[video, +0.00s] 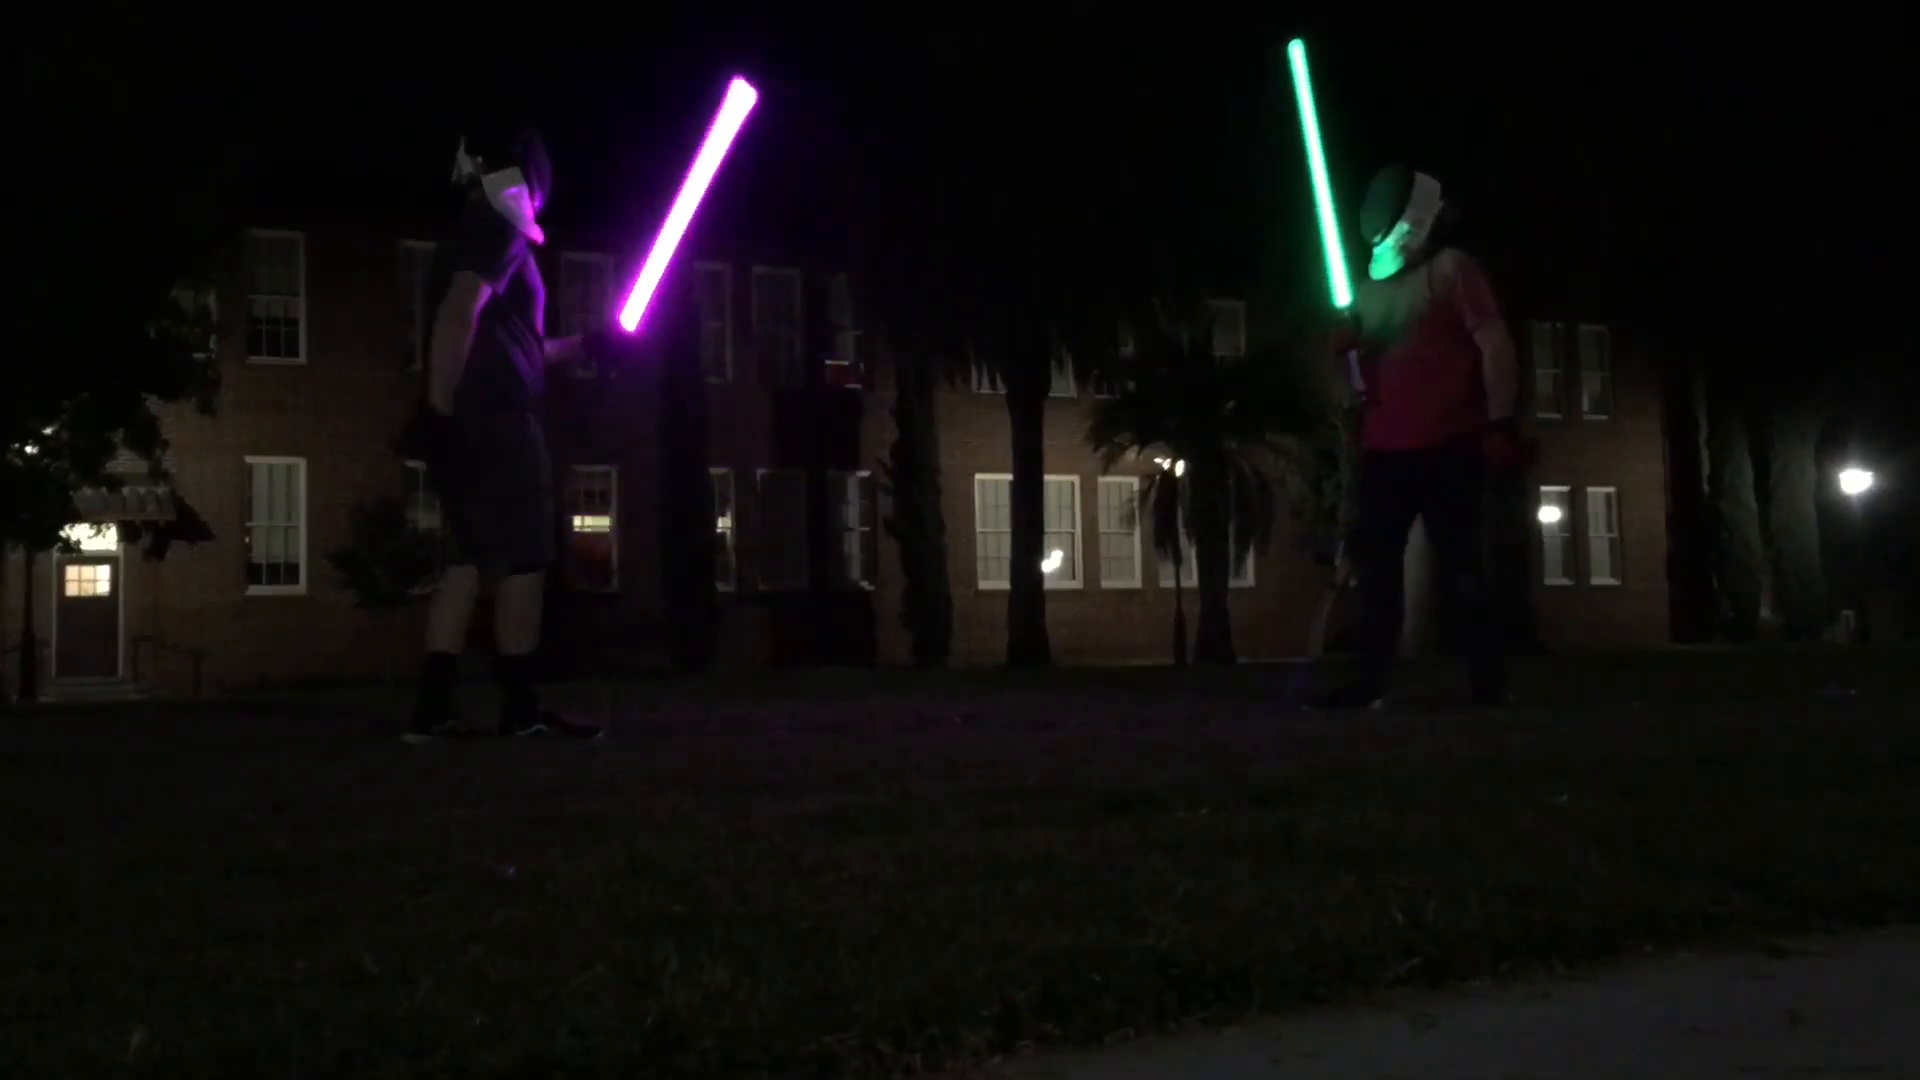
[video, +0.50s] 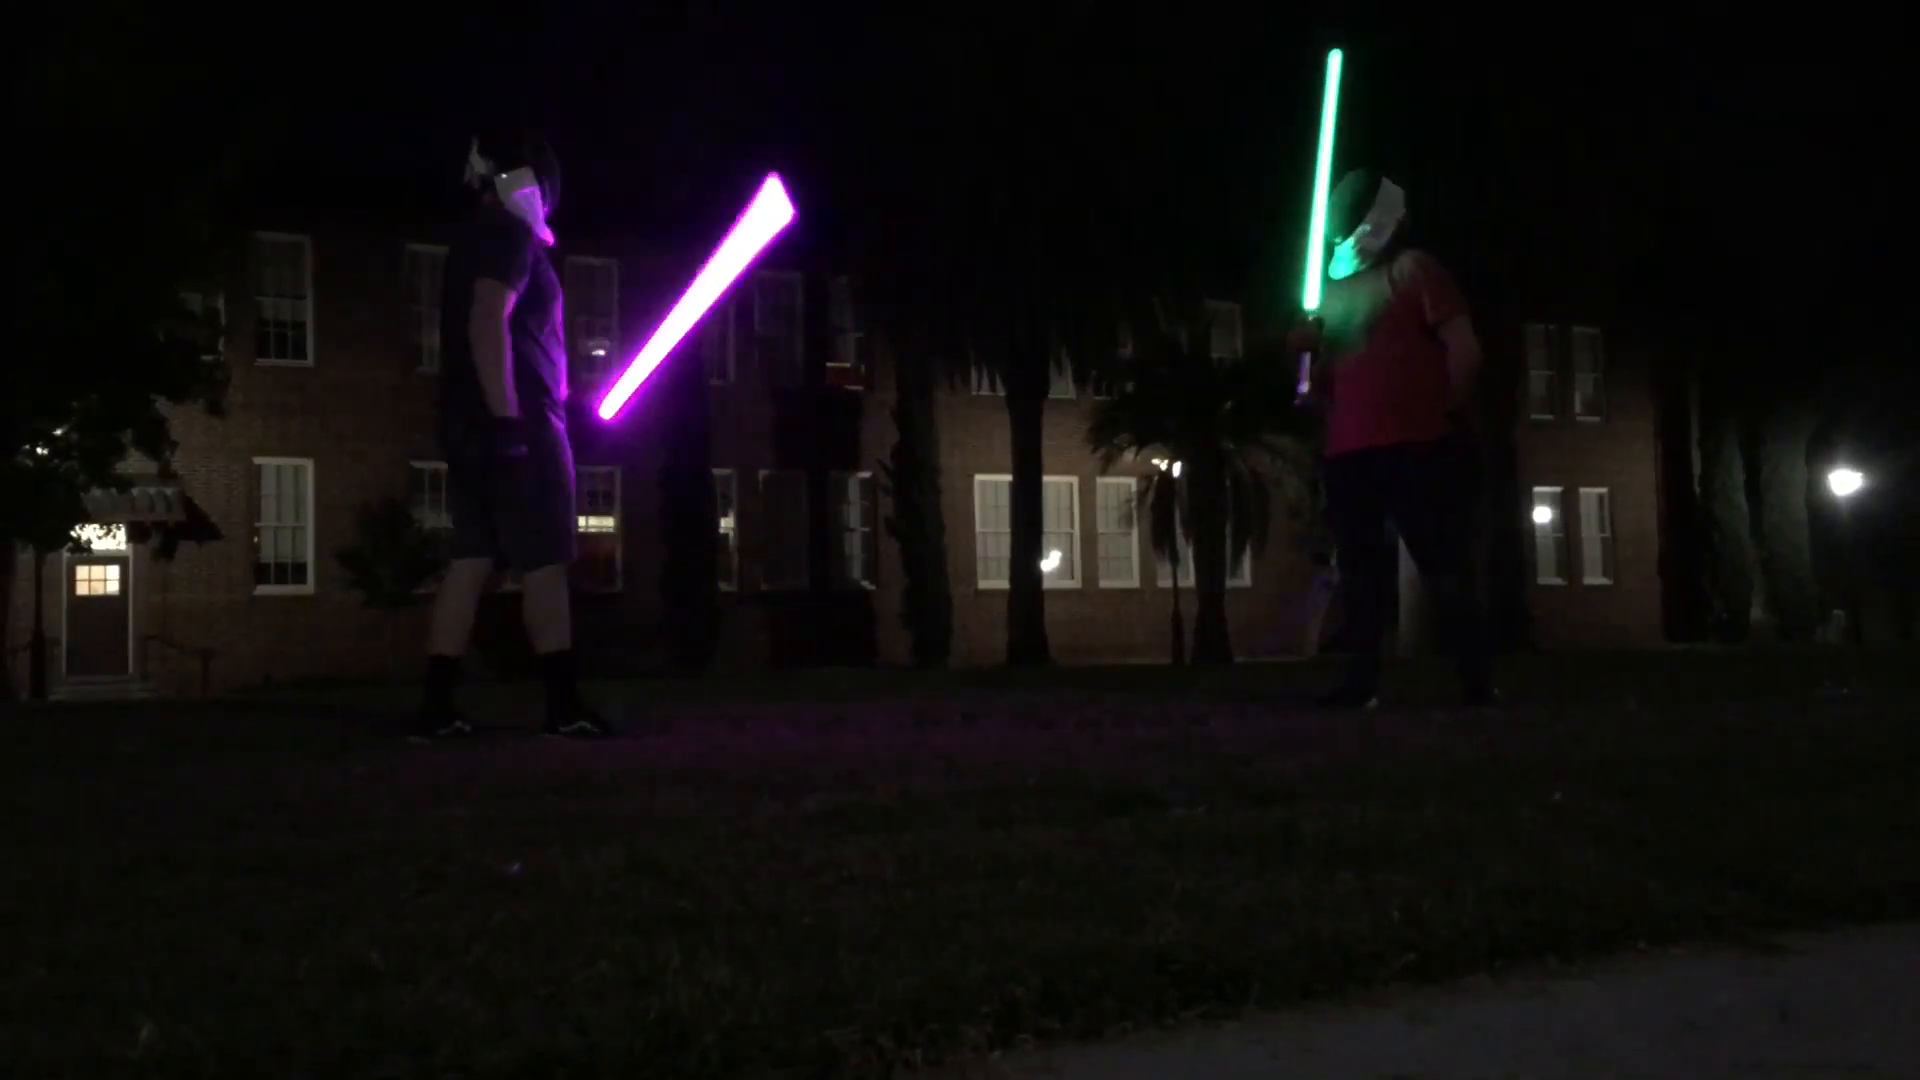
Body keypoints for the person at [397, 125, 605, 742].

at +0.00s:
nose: (539, 205)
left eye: (536, 192)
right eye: (534, 191)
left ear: (491, 185)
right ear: (517, 186)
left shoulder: (481, 239)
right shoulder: (502, 235)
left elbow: (514, 353)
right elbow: (457, 313)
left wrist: (583, 342)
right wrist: (439, 408)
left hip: (470, 424)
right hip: (502, 424)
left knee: (465, 559)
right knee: (524, 557)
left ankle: (434, 701)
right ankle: (521, 705)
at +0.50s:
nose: (549, 205)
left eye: (547, 192)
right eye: (543, 190)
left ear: (496, 187)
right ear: (522, 186)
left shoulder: (478, 239)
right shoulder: (513, 237)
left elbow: (485, 333)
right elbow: (488, 323)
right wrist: (508, 419)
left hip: (479, 426)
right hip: (529, 426)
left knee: (470, 560)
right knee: (548, 561)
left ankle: (437, 703)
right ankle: (563, 703)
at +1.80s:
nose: (716, 221)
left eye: (712, 207)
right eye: (708, 207)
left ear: (664, 210)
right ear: (687, 208)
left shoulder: (649, 257)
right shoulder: (684, 261)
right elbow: (727, 360)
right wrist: (750, 409)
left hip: (680, 435)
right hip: (669, 435)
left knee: (750, 542)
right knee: (657, 568)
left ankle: (749, 692)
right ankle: (583, 702)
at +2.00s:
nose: (795, 272)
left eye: (791, 262)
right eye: (789, 262)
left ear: (746, 261)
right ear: (778, 263)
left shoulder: (733, 305)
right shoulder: (770, 301)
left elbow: (775, 422)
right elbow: (837, 354)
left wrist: (849, 434)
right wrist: (875, 385)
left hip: (769, 468)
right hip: (746, 468)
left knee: (847, 553)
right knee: (702, 597)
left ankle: (869, 689)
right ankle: (591, 702)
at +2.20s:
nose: (915, 259)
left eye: (914, 250)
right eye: (907, 249)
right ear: (882, 249)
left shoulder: (910, 311)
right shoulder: (860, 292)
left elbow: (986, 339)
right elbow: (931, 304)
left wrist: (1018, 305)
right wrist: (1001, 285)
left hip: (900, 461)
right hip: (866, 459)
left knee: (938, 574)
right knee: (877, 571)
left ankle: (891, 690)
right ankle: (772, 627)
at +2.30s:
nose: (968, 254)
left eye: (965, 243)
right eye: (955, 242)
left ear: (952, 246)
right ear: (924, 246)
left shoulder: (959, 295)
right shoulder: (916, 298)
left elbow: (1022, 304)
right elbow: (1002, 341)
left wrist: (1056, 287)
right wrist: (1063, 317)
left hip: (943, 457)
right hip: (908, 456)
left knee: (1013, 556)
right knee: (976, 556)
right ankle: (917, 682)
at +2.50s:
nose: (1060, 290)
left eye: (1055, 282)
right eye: (1054, 282)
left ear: (1017, 284)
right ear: (1040, 285)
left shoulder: (1029, 329)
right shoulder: (1038, 336)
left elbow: (1104, 321)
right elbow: (1139, 363)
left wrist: (1163, 299)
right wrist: (1173, 322)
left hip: (1065, 484)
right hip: (1039, 490)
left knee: (1151, 570)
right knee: (1094, 603)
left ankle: (1162, 688)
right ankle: (970, 679)